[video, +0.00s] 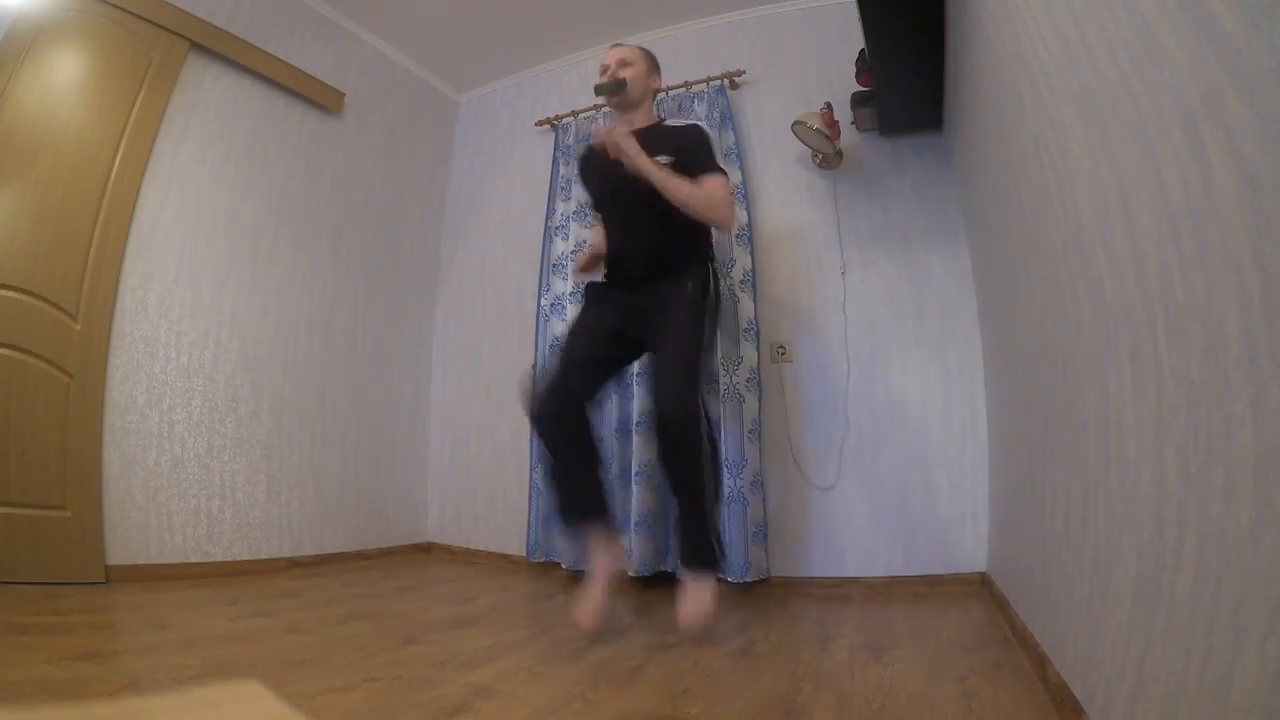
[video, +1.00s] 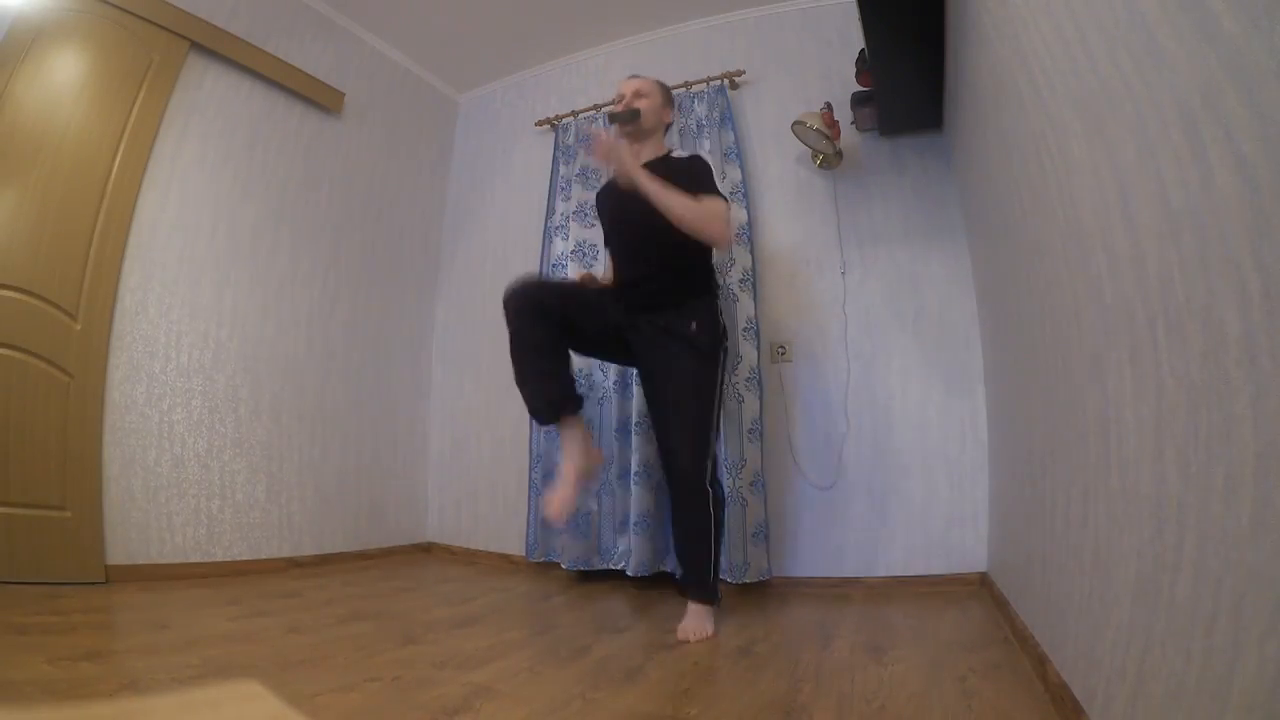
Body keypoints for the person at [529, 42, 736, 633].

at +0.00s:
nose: (612, 74)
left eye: (626, 66)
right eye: (604, 69)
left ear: (655, 84)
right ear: (597, 89)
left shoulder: (685, 139)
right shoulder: (595, 159)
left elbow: (722, 212)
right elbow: (612, 225)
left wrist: (644, 164)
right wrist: (596, 249)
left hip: (681, 292)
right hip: (617, 297)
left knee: (675, 409)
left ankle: (699, 568)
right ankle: (601, 545)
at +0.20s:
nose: (610, 87)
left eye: (623, 78)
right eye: (602, 83)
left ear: (653, 96)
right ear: (595, 106)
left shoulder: (690, 165)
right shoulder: (582, 173)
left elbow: (731, 240)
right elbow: (535, 253)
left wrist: (700, 235)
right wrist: (541, 200)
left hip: (683, 303)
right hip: (616, 311)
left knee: (636, 237)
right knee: (621, 452)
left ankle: (643, 412)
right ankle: (649, 589)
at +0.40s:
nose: (603, 85)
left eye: (616, 77)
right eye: (595, 81)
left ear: (648, 96)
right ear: (590, 106)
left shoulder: (676, 152)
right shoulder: (595, 182)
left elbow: (713, 223)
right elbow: (603, 264)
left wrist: (626, 168)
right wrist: (565, 257)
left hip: (672, 313)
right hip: (614, 307)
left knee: (666, 457)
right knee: (522, 259)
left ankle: (670, 607)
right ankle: (572, 407)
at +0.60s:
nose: (617, 71)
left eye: (630, 64)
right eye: (608, 68)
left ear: (657, 84)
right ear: (600, 91)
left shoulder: (688, 144)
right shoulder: (586, 156)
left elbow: (729, 217)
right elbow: (580, 221)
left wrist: (669, 175)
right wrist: (578, 237)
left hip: (673, 275)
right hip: (608, 281)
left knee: (655, 370)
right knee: (575, 401)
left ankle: (663, 541)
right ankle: (607, 562)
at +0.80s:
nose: (619, 84)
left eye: (632, 76)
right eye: (611, 79)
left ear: (660, 94)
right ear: (602, 100)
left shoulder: (691, 157)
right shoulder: (589, 166)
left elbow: (733, 217)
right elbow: (546, 242)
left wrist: (709, 240)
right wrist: (556, 185)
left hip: (681, 286)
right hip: (617, 300)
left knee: (647, 331)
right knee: (594, 439)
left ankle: (673, 495)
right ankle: (622, 581)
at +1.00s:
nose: (625, 102)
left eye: (640, 94)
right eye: (617, 98)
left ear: (668, 115)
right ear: (610, 121)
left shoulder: (689, 168)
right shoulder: (610, 195)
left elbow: (719, 230)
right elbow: (623, 273)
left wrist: (634, 172)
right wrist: (594, 283)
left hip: (684, 327)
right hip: (626, 320)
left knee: (687, 463)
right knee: (527, 299)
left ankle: (700, 598)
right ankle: (576, 442)